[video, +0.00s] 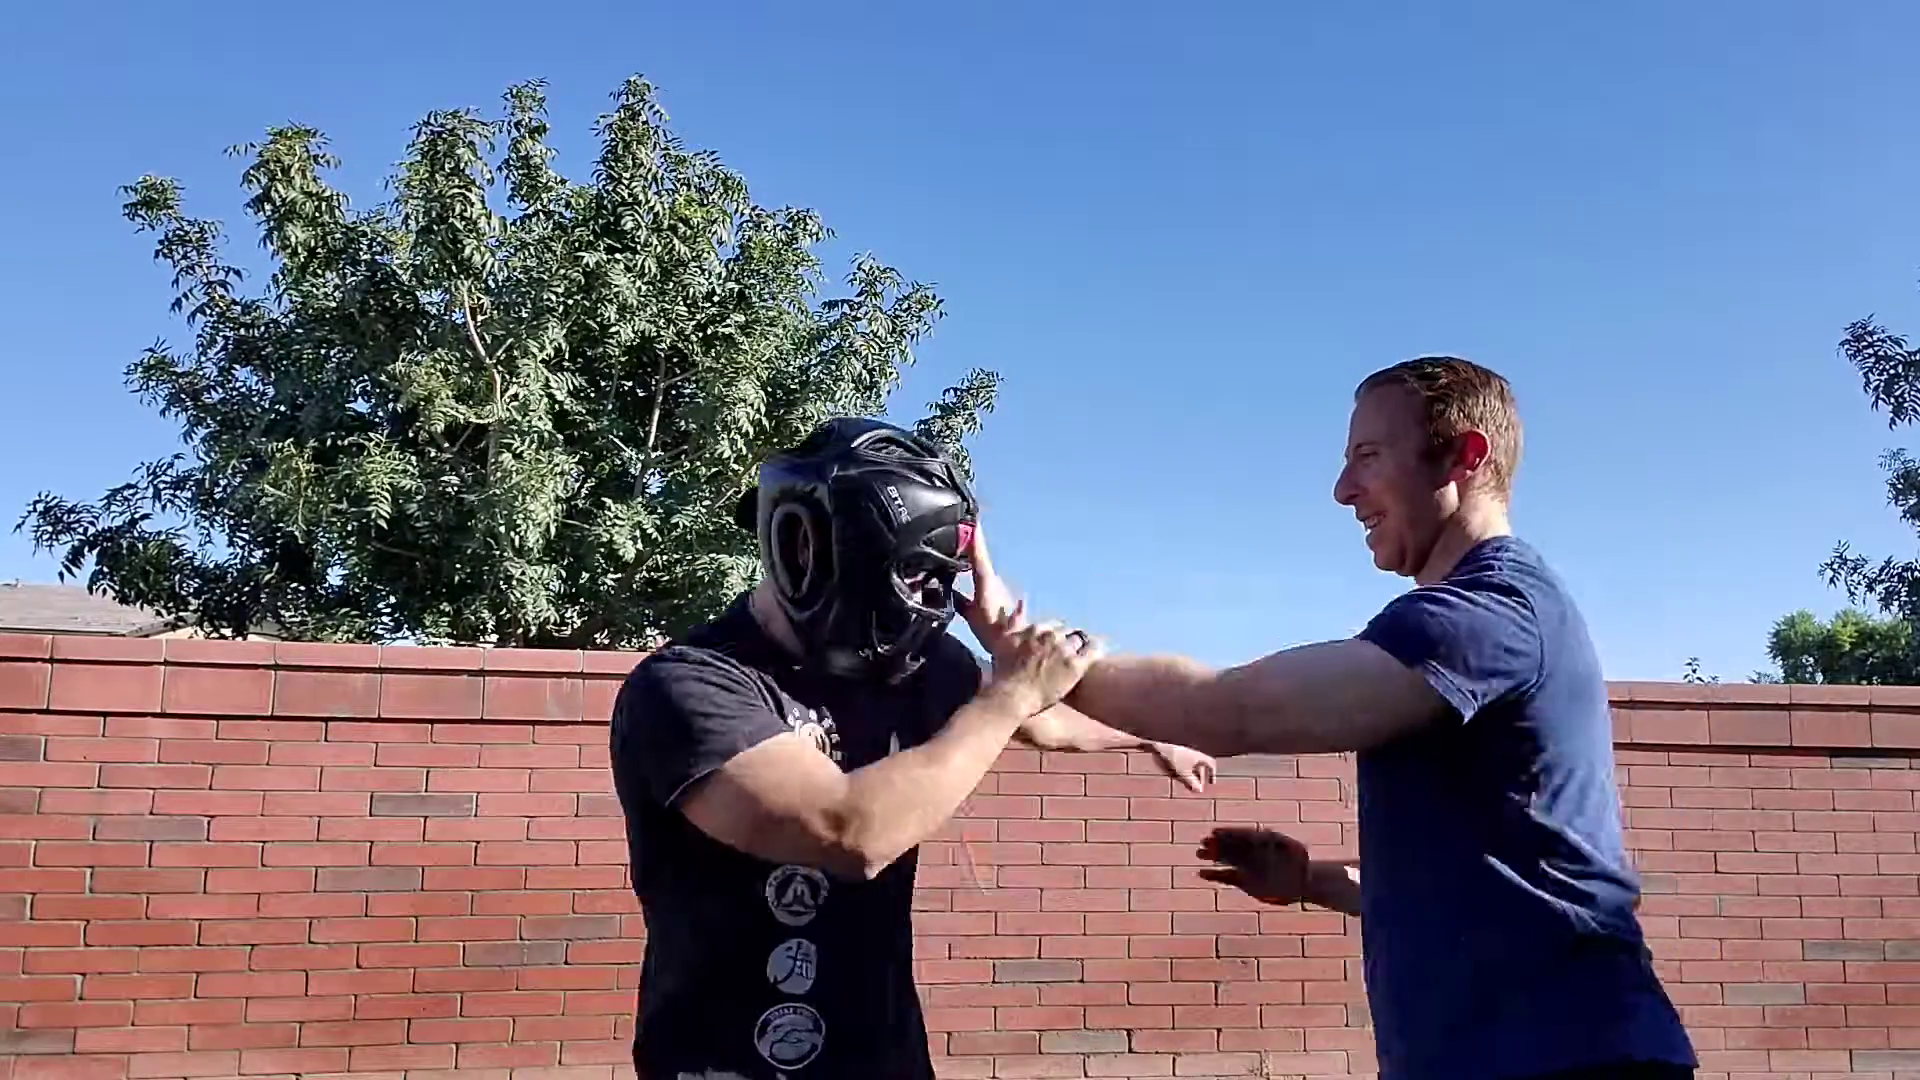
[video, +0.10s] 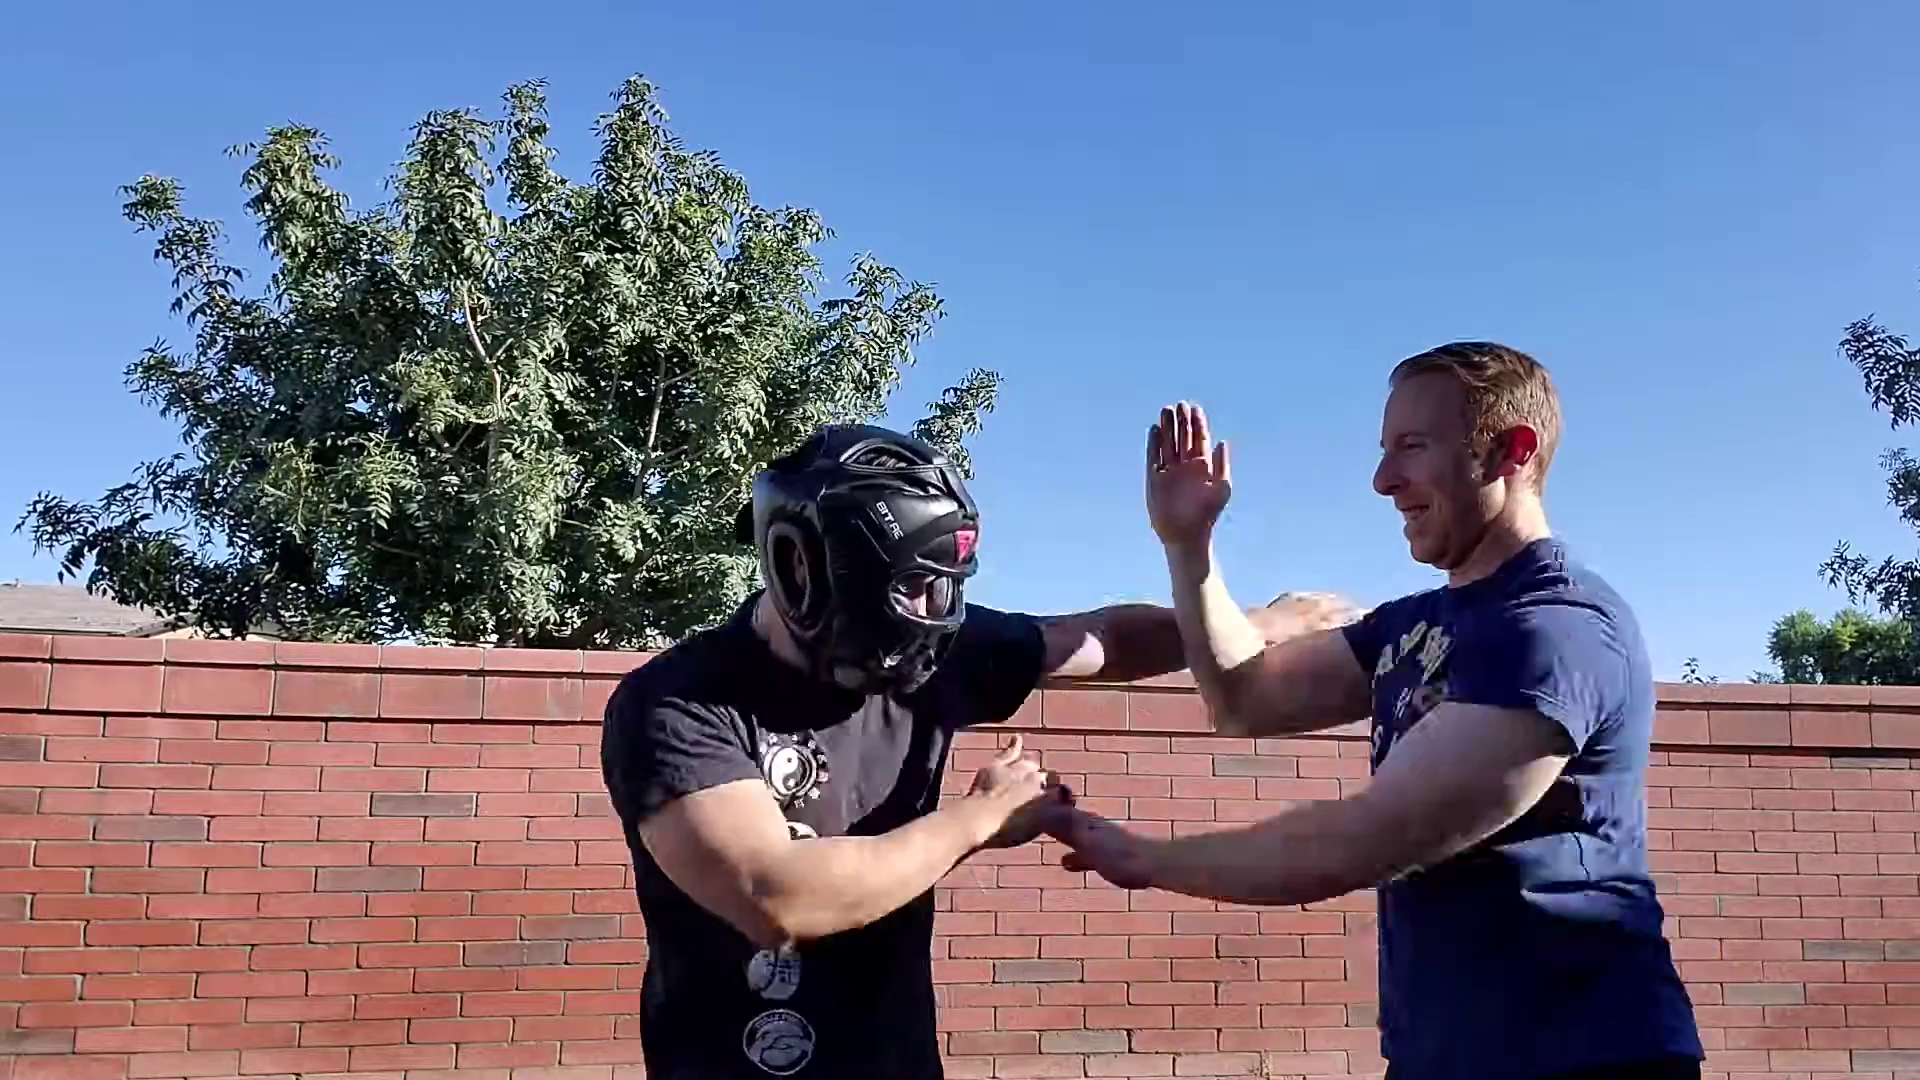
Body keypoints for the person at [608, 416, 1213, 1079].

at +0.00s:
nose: (927, 600)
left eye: (933, 572)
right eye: (907, 571)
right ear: (811, 552)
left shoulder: (915, 667)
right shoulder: (680, 692)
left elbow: (1043, 721)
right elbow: (854, 830)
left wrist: (1150, 740)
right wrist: (1009, 697)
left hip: (880, 1058)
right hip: (720, 1061)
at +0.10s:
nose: (934, 610)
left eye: (941, 585)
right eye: (912, 585)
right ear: (813, 573)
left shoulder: (930, 665)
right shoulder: (668, 711)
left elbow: (1109, 644)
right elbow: (783, 900)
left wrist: (1261, 629)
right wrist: (981, 815)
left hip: (893, 1064)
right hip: (727, 1069)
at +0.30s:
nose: (976, 600)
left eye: (981, 576)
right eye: (960, 575)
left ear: (881, 562)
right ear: (867, 561)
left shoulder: (915, 662)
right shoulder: (716, 703)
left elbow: (1090, 673)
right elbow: (824, 914)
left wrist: (1234, 605)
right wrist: (971, 748)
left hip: (888, 1055)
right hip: (746, 1063)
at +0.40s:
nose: (990, 602)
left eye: (995, 575)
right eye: (974, 571)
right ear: (878, 549)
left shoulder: (913, 677)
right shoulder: (757, 680)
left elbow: (1033, 781)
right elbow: (906, 860)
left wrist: (1153, 727)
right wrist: (1044, 684)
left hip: (879, 1059)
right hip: (748, 1062)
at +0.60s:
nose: (926, 622)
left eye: (939, 595)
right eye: (905, 590)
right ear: (824, 572)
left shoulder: (894, 704)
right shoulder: (712, 695)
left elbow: (1030, 836)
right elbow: (915, 804)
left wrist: (1185, 910)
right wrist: (1040, 667)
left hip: (887, 1062)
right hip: (742, 1064)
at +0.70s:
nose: (910, 582)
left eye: (930, 560)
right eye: (889, 546)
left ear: (945, 565)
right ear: (814, 530)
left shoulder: (919, 683)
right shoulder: (688, 673)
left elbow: (1099, 788)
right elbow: (872, 784)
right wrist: (1024, 642)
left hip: (881, 1061)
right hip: (726, 1059)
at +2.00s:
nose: (894, 628)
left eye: (929, 611)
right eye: (879, 589)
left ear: (958, 614)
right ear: (819, 557)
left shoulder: (942, 690)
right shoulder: (699, 680)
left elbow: (1125, 791)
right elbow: (852, 835)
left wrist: (1300, 844)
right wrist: (1009, 701)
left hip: (881, 1064)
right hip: (715, 1063)